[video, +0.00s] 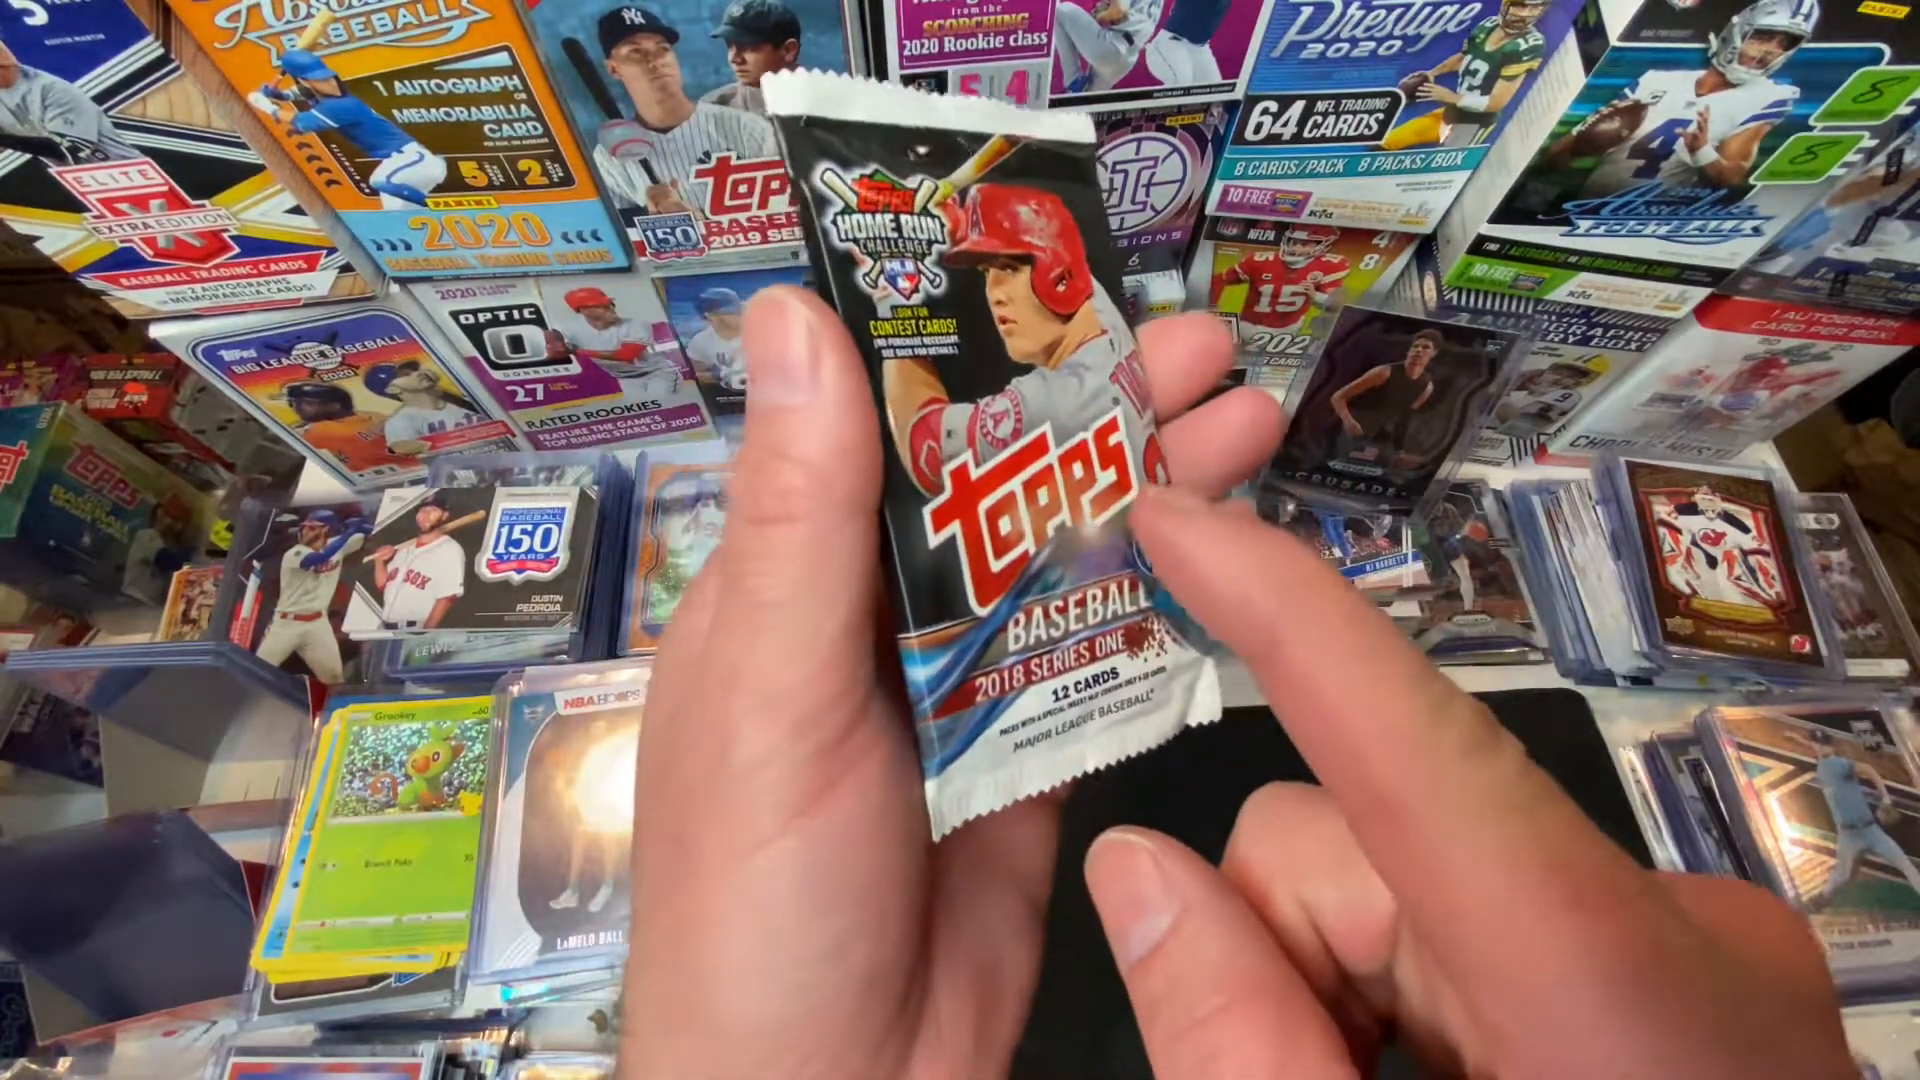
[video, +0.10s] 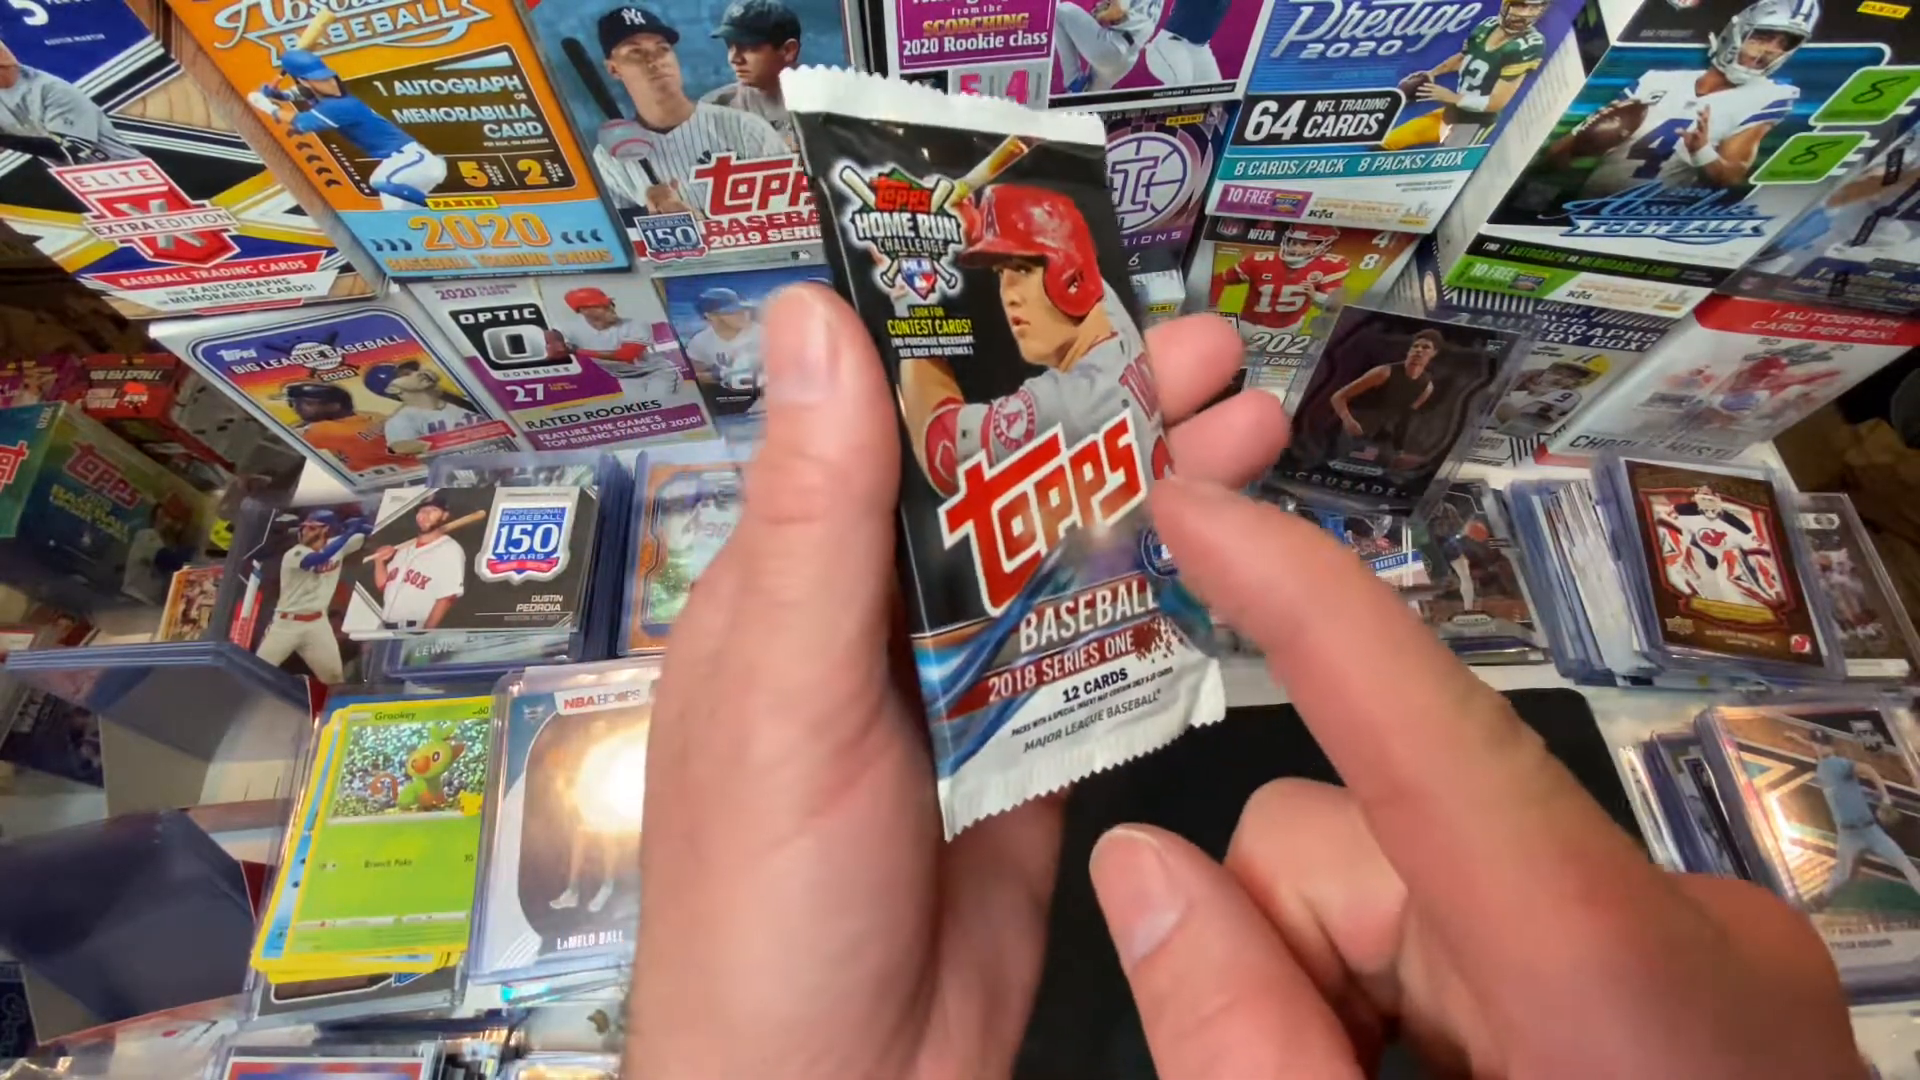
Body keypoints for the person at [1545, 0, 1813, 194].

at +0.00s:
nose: (1770, 51)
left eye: (1783, 45)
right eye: (1763, 37)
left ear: (1789, 56)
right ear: (1737, 33)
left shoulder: (1761, 102)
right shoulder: (1659, 83)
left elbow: (1735, 176)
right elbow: (1558, 155)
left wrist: (1703, 154)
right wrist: (1584, 138)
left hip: (1662, 222)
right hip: (1595, 203)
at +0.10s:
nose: (1770, 51)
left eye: (1783, 45)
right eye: (1763, 37)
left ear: (1789, 56)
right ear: (1737, 33)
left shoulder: (1761, 101)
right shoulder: (1658, 83)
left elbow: (1735, 175)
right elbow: (1558, 155)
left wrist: (1703, 154)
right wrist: (1585, 138)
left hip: (1662, 222)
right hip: (1595, 204)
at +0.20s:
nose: (1769, 51)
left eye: (1782, 45)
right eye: (1763, 37)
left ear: (1788, 56)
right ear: (1737, 33)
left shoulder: (1762, 100)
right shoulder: (1657, 83)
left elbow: (1734, 177)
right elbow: (1554, 156)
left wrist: (1702, 154)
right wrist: (1582, 139)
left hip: (1658, 226)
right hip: (1591, 207)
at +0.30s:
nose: (1770, 51)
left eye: (1783, 45)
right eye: (1764, 37)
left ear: (1789, 56)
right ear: (1738, 33)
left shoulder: (1762, 100)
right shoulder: (1658, 82)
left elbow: (1734, 177)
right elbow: (1555, 156)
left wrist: (1702, 154)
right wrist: (1582, 138)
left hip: (1659, 226)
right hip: (1592, 206)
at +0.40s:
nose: (1770, 51)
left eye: (1783, 45)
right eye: (1763, 37)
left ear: (1789, 56)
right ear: (1737, 34)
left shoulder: (1762, 101)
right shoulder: (1658, 83)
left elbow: (1735, 177)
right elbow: (1553, 158)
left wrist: (1703, 154)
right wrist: (1581, 138)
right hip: (1591, 206)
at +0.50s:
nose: (1770, 51)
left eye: (1783, 45)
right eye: (1763, 37)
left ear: (1788, 56)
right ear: (1737, 33)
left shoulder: (1763, 100)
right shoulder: (1657, 83)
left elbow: (1735, 178)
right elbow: (1554, 156)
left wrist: (1702, 154)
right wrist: (1582, 138)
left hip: (1660, 226)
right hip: (1592, 207)